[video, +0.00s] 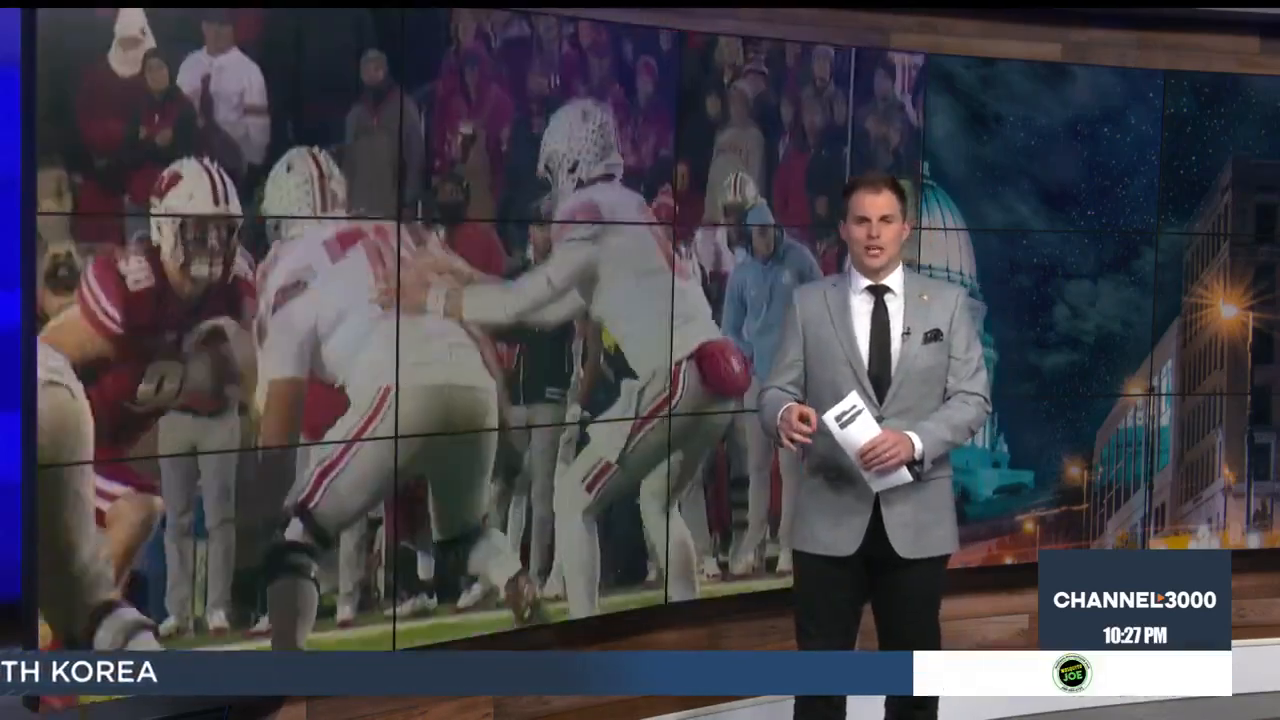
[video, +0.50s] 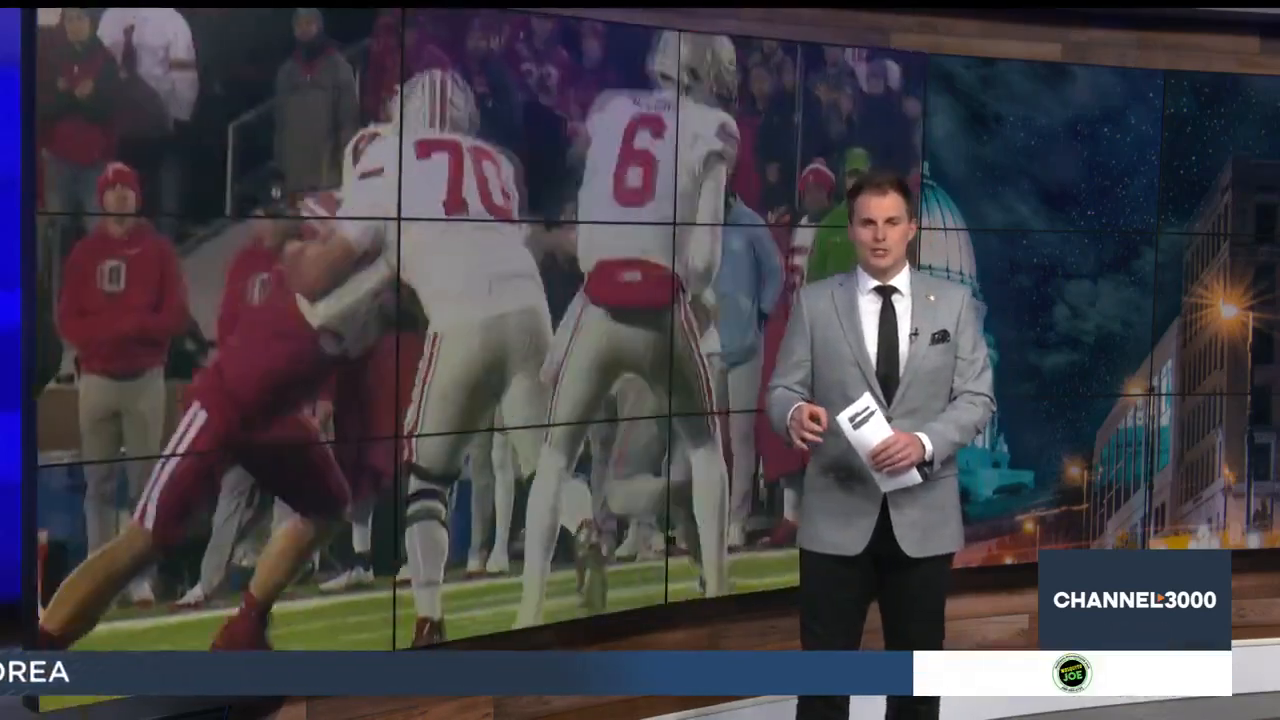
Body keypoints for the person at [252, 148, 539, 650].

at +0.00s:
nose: (268, 232)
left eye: (272, 220)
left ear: (278, 215)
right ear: (340, 198)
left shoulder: (289, 269)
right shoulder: (405, 236)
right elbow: (480, 295)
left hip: (397, 394)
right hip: (474, 388)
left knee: (300, 528)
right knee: (465, 533)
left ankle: (286, 661)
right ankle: (517, 585)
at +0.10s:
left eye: (331, 156)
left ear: (332, 155)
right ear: (394, 149)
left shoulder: (327, 208)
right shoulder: (443, 192)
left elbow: (269, 330)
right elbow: (527, 232)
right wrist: (555, 324)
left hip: (410, 374)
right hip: (484, 367)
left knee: (325, 513)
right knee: (501, 501)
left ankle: (289, 650)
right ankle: (556, 548)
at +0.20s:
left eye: (381, 123)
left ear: (385, 123)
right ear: (452, 121)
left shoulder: (372, 175)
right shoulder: (493, 171)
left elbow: (336, 273)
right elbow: (555, 272)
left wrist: (284, 337)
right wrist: (561, 367)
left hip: (414, 358)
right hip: (495, 353)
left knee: (359, 495)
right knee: (534, 500)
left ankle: (314, 630)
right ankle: (575, 620)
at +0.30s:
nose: (397, 130)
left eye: (399, 121)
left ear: (403, 120)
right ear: (463, 117)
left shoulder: (392, 158)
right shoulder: (511, 171)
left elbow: (350, 241)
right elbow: (526, 267)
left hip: (438, 332)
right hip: (512, 331)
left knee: (371, 470)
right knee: (534, 477)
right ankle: (563, 618)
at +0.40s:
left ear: (390, 122)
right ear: (448, 120)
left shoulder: (384, 164)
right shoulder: (487, 162)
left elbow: (322, 234)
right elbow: (505, 241)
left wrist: (258, 247)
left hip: (458, 319)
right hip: (530, 314)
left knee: (407, 451)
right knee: (533, 464)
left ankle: (423, 611)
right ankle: (557, 612)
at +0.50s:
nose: (389, 117)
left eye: (395, 109)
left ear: (404, 113)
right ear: (466, 114)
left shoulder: (382, 162)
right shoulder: (501, 162)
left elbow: (315, 277)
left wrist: (293, 250)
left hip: (463, 325)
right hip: (530, 312)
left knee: (427, 476)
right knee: (540, 459)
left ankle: (429, 622)